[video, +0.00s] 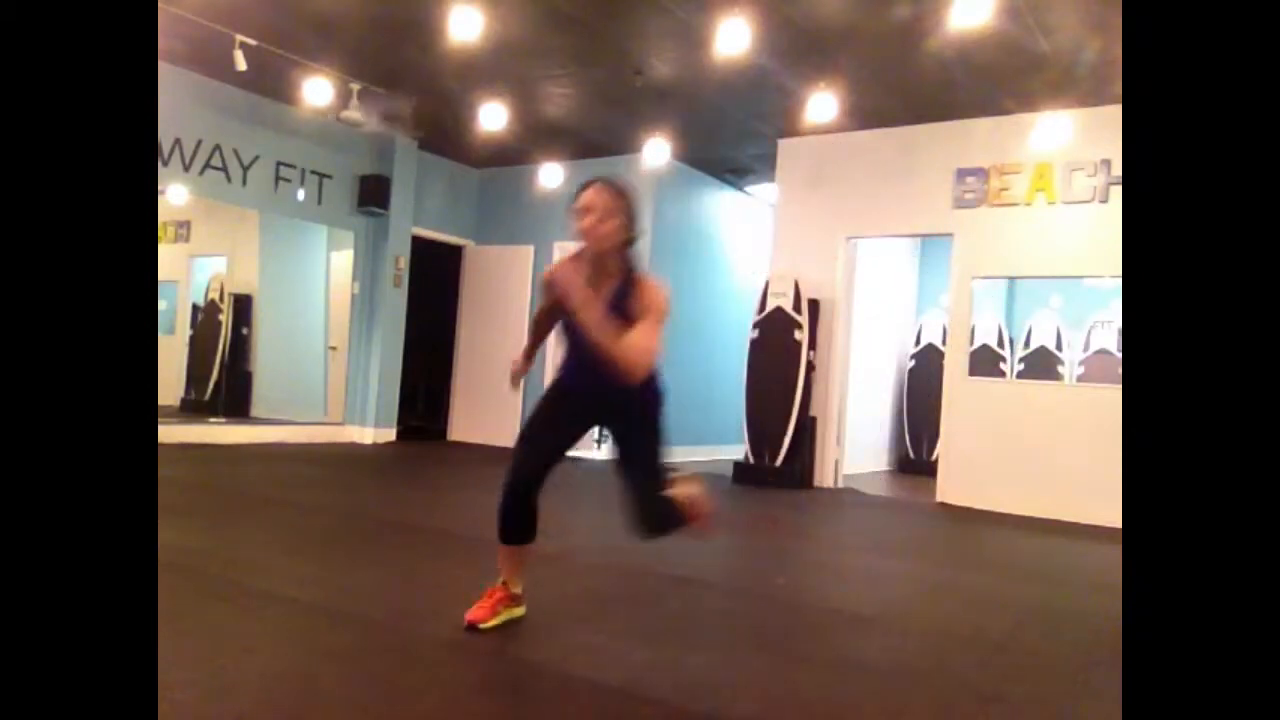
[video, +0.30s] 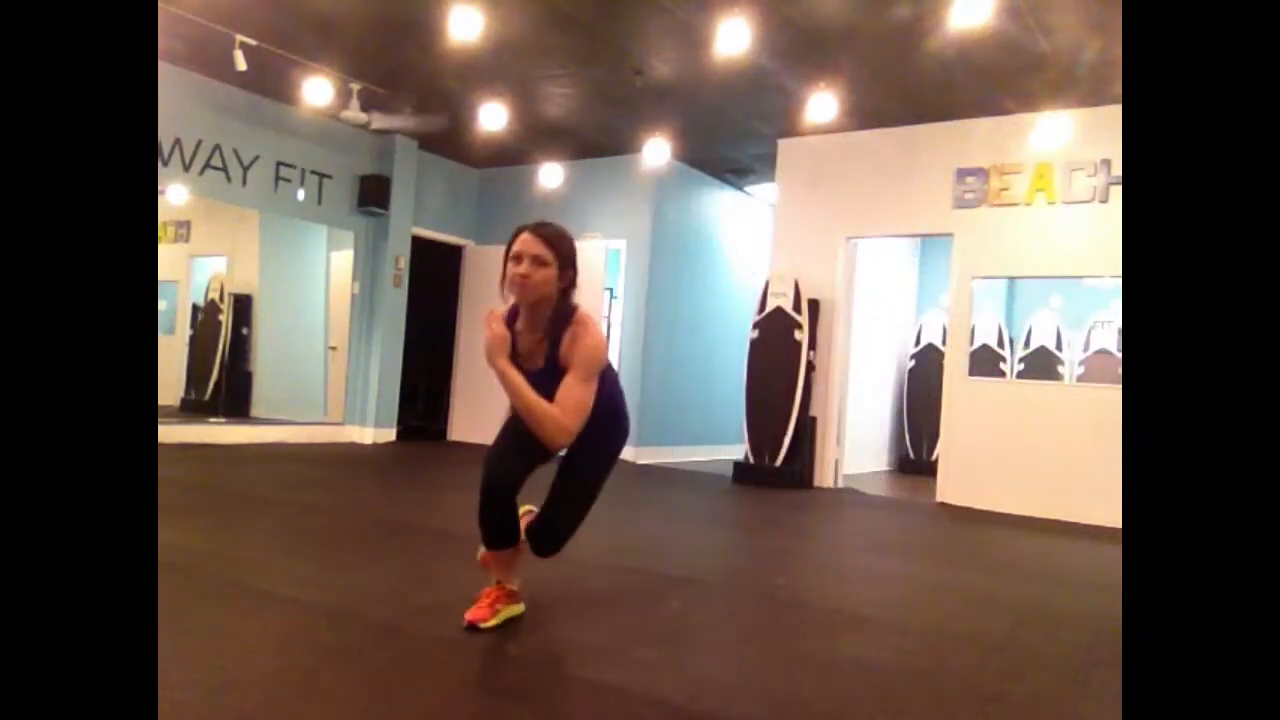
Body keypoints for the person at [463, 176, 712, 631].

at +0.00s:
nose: (590, 223)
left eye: (602, 215)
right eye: (583, 214)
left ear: (626, 225)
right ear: (575, 222)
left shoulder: (647, 293)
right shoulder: (564, 277)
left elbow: (634, 364)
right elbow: (547, 318)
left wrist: (581, 299)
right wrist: (528, 356)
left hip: (632, 399)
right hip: (575, 390)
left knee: (650, 518)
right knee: (521, 478)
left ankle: (689, 500)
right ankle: (510, 590)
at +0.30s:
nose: (521, 271)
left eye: (537, 263)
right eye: (515, 260)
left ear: (564, 278)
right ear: (505, 268)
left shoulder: (586, 337)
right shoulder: (503, 322)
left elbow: (559, 433)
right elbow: (522, 386)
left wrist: (500, 362)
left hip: (598, 425)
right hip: (540, 410)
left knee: (547, 542)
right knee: (496, 484)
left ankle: (520, 524)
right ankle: (505, 589)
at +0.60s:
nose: (647, 181)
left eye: (660, 172)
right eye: (639, 170)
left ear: (679, 184)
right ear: (626, 180)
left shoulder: (692, 246)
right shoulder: (606, 235)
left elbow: (694, 298)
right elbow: (555, 296)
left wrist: (635, 247)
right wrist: (547, 283)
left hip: (665, 380)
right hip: (606, 372)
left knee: (685, 474)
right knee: (542, 475)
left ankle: (721, 526)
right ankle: (514, 588)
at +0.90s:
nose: (828, 176)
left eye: (838, 164)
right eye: (815, 167)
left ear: (858, 173)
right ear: (797, 178)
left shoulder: (886, 238)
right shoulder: (782, 247)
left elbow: (961, 300)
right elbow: (744, 329)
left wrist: (953, 371)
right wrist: (775, 285)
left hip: (848, 385)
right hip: (780, 380)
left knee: (896, 503)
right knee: (734, 443)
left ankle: (951, 636)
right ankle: (678, 503)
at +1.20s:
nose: (925, 270)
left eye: (937, 257)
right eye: (911, 259)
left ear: (956, 268)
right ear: (891, 273)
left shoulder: (969, 324)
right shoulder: (862, 341)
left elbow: (957, 358)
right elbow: (888, 446)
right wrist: (918, 376)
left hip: (938, 439)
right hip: (878, 459)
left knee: (949, 553)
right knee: (912, 580)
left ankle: (956, 651)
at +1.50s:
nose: (859, 208)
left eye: (872, 196)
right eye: (847, 198)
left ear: (894, 207)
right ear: (833, 211)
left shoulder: (928, 272)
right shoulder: (811, 278)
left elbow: (990, 350)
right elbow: (761, 347)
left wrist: (955, 314)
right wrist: (758, 418)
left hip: (899, 409)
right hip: (830, 410)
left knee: (930, 532)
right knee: (796, 515)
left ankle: (953, 647)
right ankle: (841, 571)